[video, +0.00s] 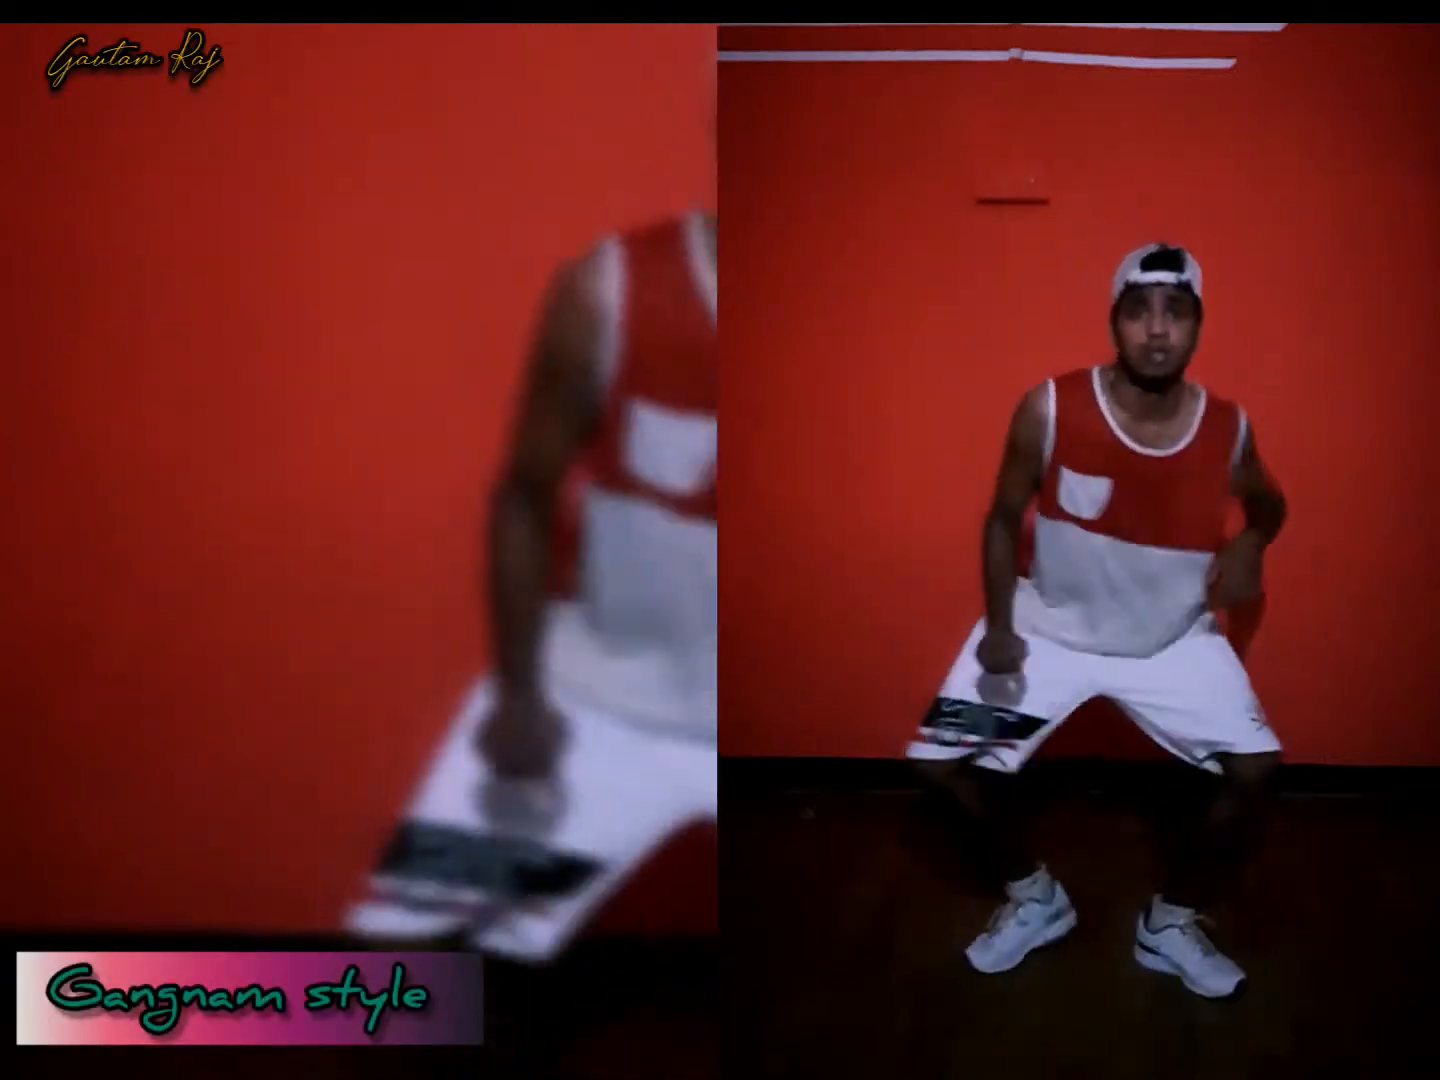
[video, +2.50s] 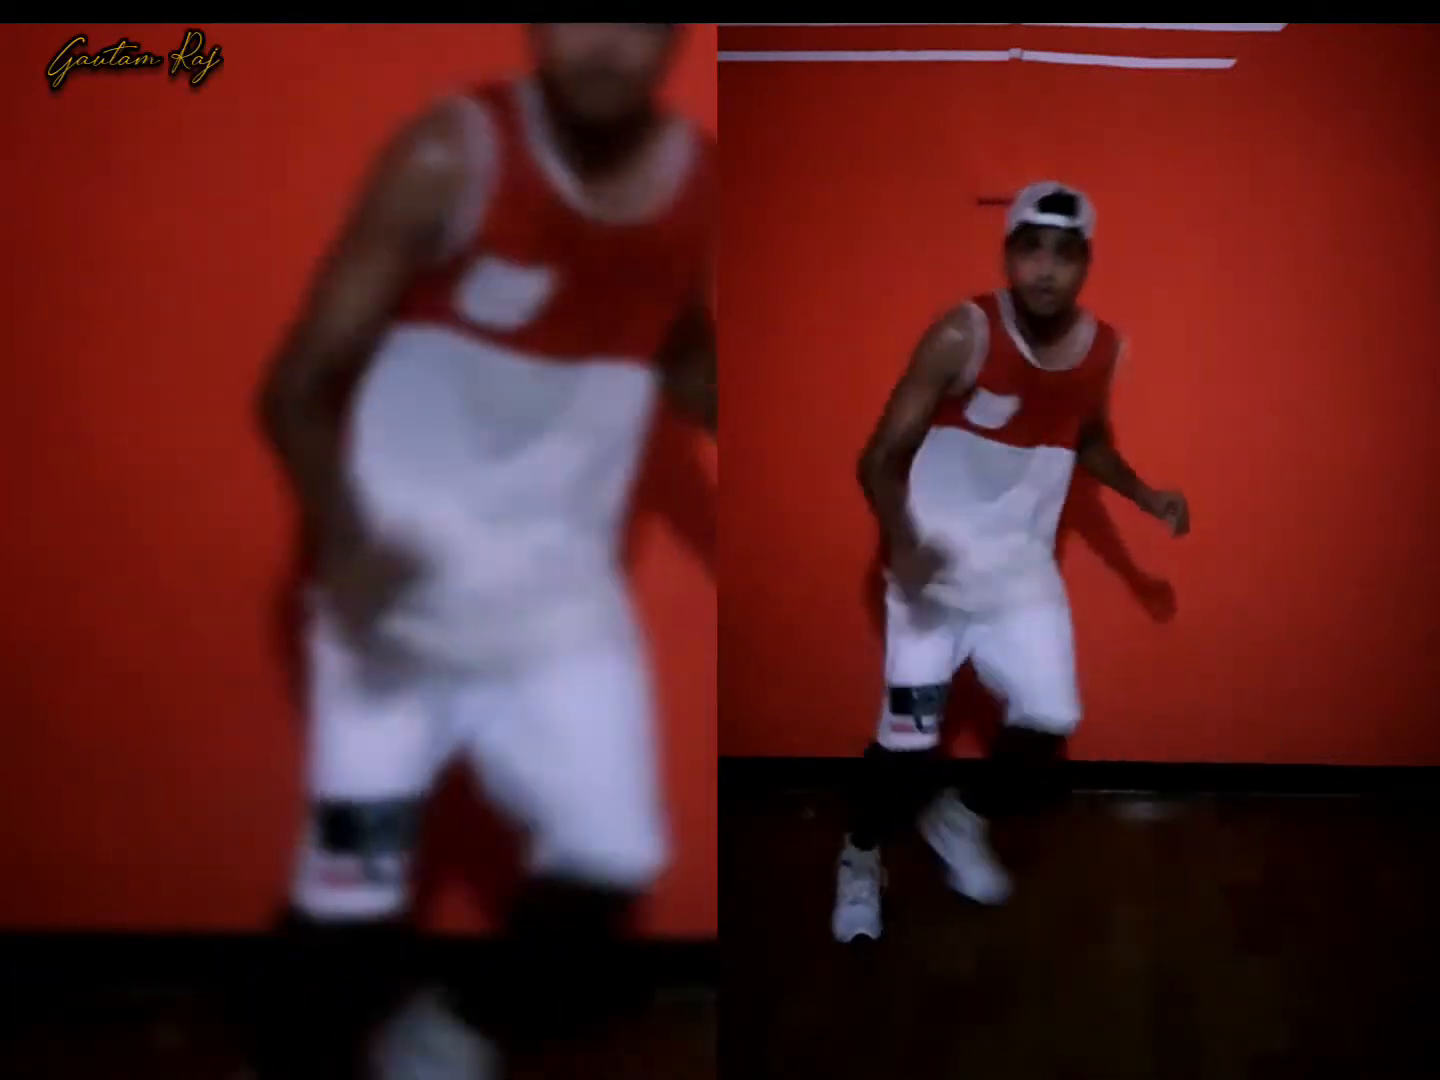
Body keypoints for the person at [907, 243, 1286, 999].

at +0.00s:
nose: (1158, 331)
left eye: (1175, 314)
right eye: (1140, 314)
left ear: (1197, 330)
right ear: (1115, 326)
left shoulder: (1225, 430)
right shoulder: (1052, 410)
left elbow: (1266, 505)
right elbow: (1004, 517)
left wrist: (1248, 547)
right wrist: (998, 627)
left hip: (1174, 641)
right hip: (1047, 632)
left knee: (1250, 767)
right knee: (945, 767)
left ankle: (1170, 921)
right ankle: (1033, 896)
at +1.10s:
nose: (1102, 329)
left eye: (1120, 311)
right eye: (1084, 310)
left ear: (1142, 318)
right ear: (1058, 316)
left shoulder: (1183, 399)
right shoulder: (1012, 390)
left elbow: (1191, 506)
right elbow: (980, 494)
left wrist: (1169, 589)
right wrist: (978, 607)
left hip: (1144, 580)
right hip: (1050, 576)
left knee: (1139, 734)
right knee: (1055, 727)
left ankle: (1191, 893)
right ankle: (994, 872)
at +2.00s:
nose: (987, 317)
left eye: (1005, 301)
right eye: (973, 300)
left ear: (1034, 309)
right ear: (956, 311)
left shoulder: (1103, 378)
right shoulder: (934, 408)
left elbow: (1154, 433)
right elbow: (897, 487)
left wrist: (1131, 524)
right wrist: (950, 533)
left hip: (1107, 575)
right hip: (1001, 585)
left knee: (1184, 709)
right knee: (974, 740)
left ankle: (1151, 874)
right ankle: (1029, 885)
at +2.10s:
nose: (958, 263)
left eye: (975, 245)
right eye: (943, 246)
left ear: (1006, 250)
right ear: (927, 260)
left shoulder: (1070, 307)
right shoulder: (923, 374)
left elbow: (1104, 412)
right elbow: (918, 512)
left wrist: (1119, 506)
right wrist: (977, 499)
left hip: (1090, 563)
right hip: (993, 578)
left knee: (1136, 713)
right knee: (982, 743)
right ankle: (1030, 883)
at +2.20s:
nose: (949, 269)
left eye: (965, 253)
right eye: (933, 254)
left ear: (990, 259)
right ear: (916, 266)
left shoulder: (1037, 318)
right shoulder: (914, 373)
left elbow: (1060, 420)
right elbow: (963, 516)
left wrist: (1108, 487)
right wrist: (992, 433)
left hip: (1072, 572)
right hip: (986, 579)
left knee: (1050, 742)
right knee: (981, 745)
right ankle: (992, 878)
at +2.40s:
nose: (1002, 284)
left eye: (1020, 269)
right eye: (988, 266)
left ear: (1043, 278)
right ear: (968, 271)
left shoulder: (1060, 357)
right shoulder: (928, 351)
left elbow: (1060, 461)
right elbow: (908, 489)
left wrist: (1122, 484)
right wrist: (950, 475)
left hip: (1028, 590)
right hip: (945, 583)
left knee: (993, 772)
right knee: (940, 761)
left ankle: (917, 835)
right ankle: (870, 862)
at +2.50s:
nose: (1045, 270)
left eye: (1063, 255)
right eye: (1031, 251)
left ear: (1086, 266)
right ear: (1008, 259)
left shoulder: (1099, 348)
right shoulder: (963, 337)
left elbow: (1089, 440)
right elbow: (880, 460)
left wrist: (1146, 494)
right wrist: (904, 542)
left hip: (1023, 566)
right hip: (932, 559)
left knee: (1048, 719)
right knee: (911, 738)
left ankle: (960, 817)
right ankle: (861, 860)